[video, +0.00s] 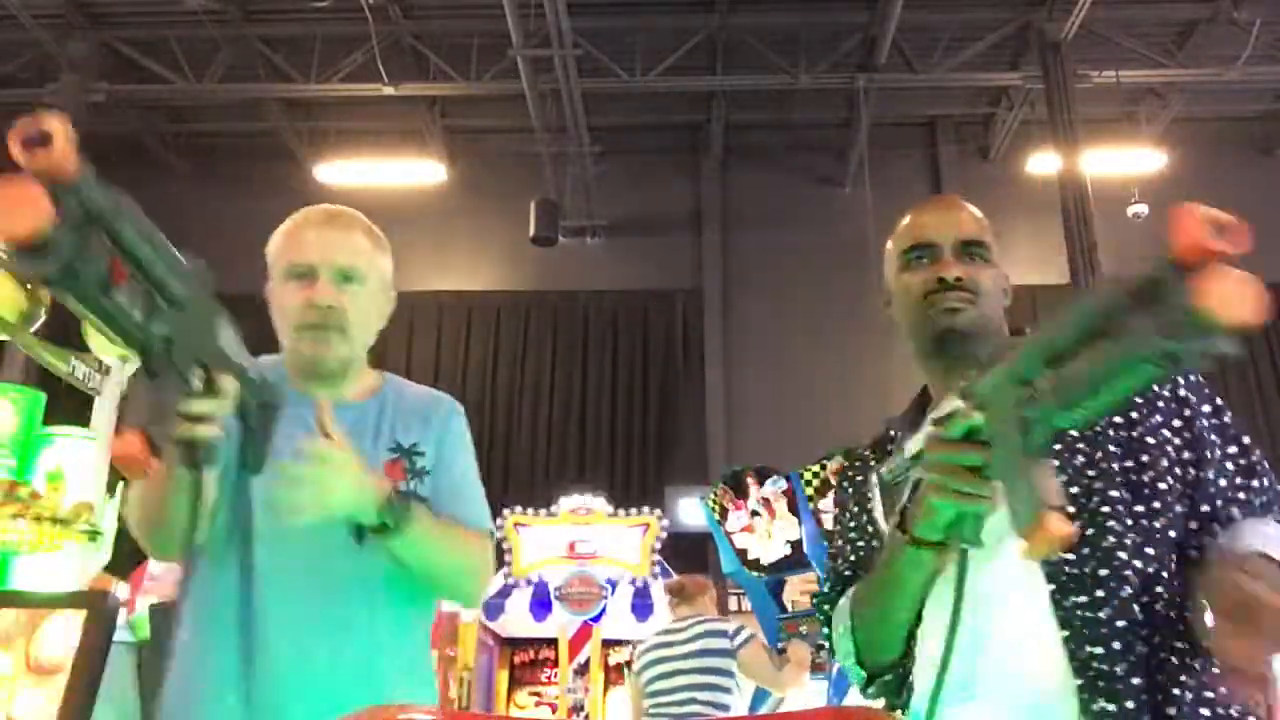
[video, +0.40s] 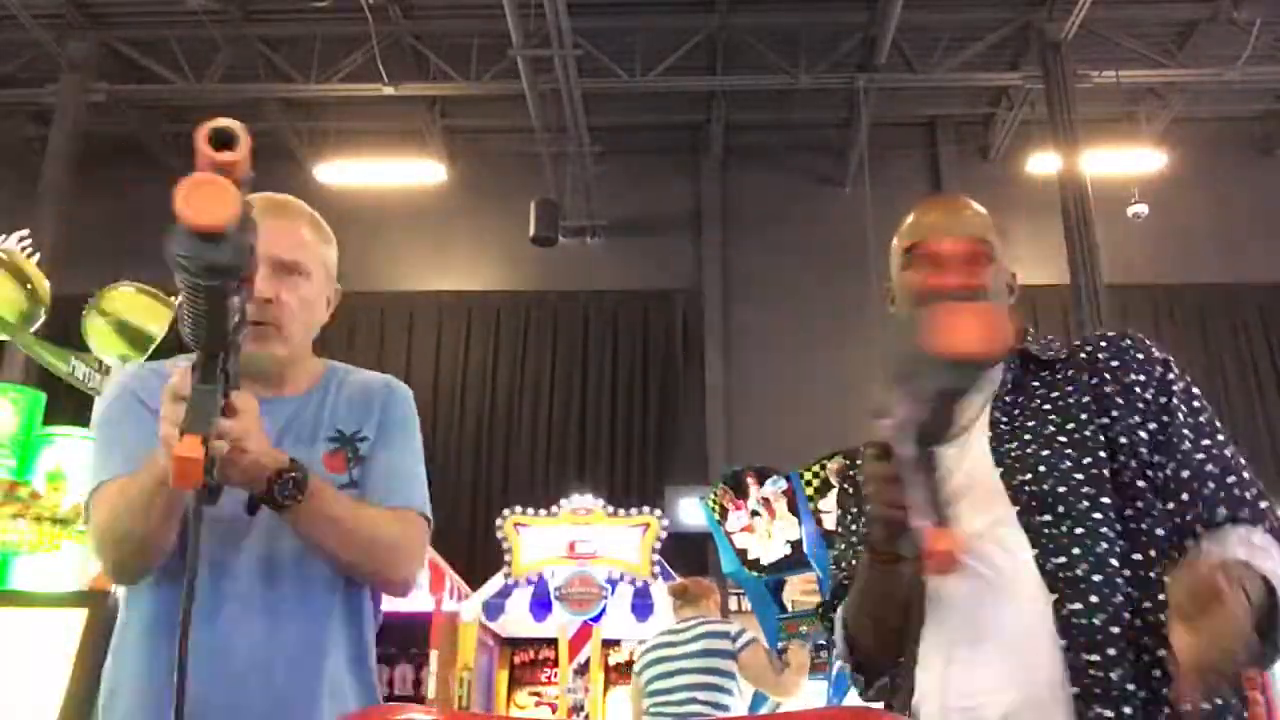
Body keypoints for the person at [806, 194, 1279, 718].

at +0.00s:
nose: (950, 270)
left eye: (972, 253)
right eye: (920, 258)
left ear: (1006, 284)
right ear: (891, 302)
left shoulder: (1145, 395)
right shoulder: (874, 479)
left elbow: (1248, 523)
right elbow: (860, 654)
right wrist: (924, 532)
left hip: (1142, 704)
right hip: (957, 710)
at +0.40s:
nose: (952, 280)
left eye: (973, 260)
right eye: (928, 263)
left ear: (1007, 281)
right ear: (897, 293)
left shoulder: (1113, 376)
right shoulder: (891, 443)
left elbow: (1242, 528)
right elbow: (868, 661)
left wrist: (1227, 603)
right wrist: (886, 543)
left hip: (1115, 702)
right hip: (950, 707)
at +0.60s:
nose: (959, 264)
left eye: (984, 246)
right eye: (933, 248)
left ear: (1026, 266)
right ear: (907, 287)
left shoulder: (1114, 356)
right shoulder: (889, 461)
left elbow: (1204, 518)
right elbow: (869, 663)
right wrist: (903, 544)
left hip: (1140, 702)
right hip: (960, 708)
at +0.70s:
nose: (962, 260)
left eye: (988, 243)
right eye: (935, 244)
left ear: (1023, 277)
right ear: (904, 281)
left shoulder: (1113, 348)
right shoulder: (898, 411)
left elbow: (1145, 499)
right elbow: (882, 663)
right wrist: (876, 524)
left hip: (1126, 698)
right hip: (958, 705)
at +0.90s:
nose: (936, 264)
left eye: (962, 249)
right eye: (909, 250)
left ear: (999, 278)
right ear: (877, 290)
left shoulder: (1091, 364)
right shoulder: (887, 446)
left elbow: (1188, 544)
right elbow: (841, 656)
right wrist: (879, 544)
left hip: (1105, 701)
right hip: (925, 707)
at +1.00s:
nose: (924, 265)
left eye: (948, 251)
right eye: (896, 252)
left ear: (982, 289)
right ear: (864, 296)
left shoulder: (1081, 394)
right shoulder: (838, 471)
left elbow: (1209, 588)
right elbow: (803, 651)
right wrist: (887, 541)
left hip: (1098, 705)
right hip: (918, 710)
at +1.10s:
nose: (917, 264)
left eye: (942, 251)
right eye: (889, 250)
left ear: (974, 288)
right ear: (855, 292)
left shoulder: (1074, 388)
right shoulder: (824, 472)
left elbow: (1192, 593)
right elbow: (789, 656)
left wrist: (1142, 491)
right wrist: (874, 542)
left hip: (1080, 705)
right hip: (896, 710)